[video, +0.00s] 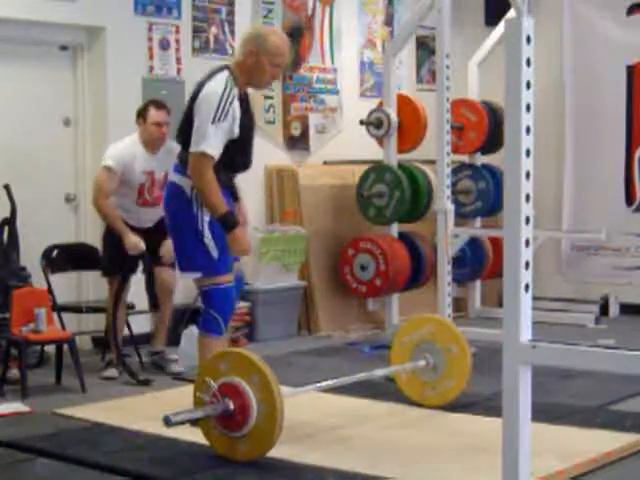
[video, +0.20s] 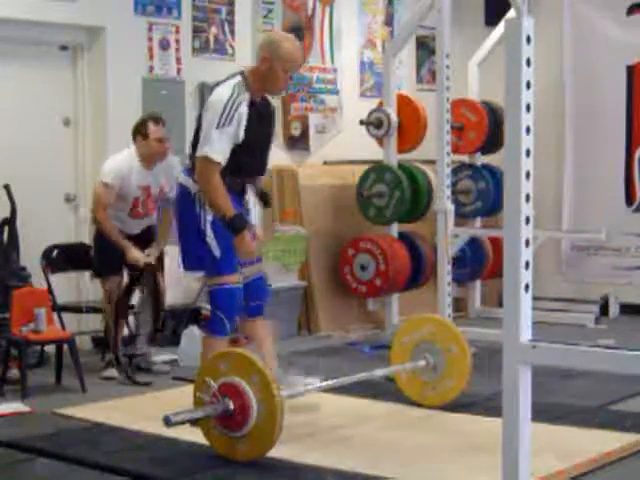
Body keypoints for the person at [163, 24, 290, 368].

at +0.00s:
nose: (277, 75)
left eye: (281, 68)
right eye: (275, 65)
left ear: (252, 58)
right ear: (251, 55)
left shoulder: (235, 89)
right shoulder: (221, 89)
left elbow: (221, 161)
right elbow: (200, 166)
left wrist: (236, 201)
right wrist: (229, 222)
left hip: (211, 191)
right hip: (192, 195)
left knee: (226, 292)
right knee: (219, 295)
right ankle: (211, 391)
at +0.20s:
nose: (290, 82)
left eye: (293, 75)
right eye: (288, 73)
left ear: (268, 65)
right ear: (265, 62)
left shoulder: (264, 103)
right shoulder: (229, 98)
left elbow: (247, 162)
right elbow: (206, 171)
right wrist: (236, 224)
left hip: (238, 194)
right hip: (206, 196)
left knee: (255, 291)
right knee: (225, 296)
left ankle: (268, 382)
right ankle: (212, 391)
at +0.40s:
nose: (324, 105)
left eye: (327, 97)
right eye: (319, 96)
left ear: (311, 92)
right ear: (295, 87)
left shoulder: (311, 125)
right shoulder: (256, 116)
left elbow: (309, 174)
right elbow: (217, 182)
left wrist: (318, 227)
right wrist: (231, 243)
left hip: (270, 206)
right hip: (232, 202)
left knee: (301, 292)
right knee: (242, 300)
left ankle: (315, 382)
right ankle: (213, 387)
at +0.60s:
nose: (348, 141)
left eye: (352, 135)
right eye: (343, 134)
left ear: (355, 130)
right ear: (321, 123)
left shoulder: (345, 152)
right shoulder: (278, 135)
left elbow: (349, 206)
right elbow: (234, 196)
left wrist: (353, 260)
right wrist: (234, 261)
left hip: (288, 211)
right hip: (246, 209)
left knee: (317, 290)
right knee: (246, 293)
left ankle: (316, 383)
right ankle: (243, 385)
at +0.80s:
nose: (350, 189)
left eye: (356, 184)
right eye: (348, 182)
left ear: (361, 177)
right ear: (329, 167)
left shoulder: (352, 179)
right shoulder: (286, 171)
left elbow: (357, 235)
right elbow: (248, 237)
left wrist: (362, 288)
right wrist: (249, 299)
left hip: (288, 216)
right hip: (243, 211)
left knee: (320, 293)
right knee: (252, 305)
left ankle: (317, 383)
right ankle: (249, 387)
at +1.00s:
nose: (343, 249)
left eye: (350, 242)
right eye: (341, 240)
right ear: (326, 221)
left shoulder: (350, 225)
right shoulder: (283, 219)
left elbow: (353, 282)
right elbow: (260, 283)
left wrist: (362, 345)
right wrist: (258, 346)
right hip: (234, 212)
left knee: (322, 288)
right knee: (243, 295)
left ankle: (317, 384)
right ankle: (250, 382)